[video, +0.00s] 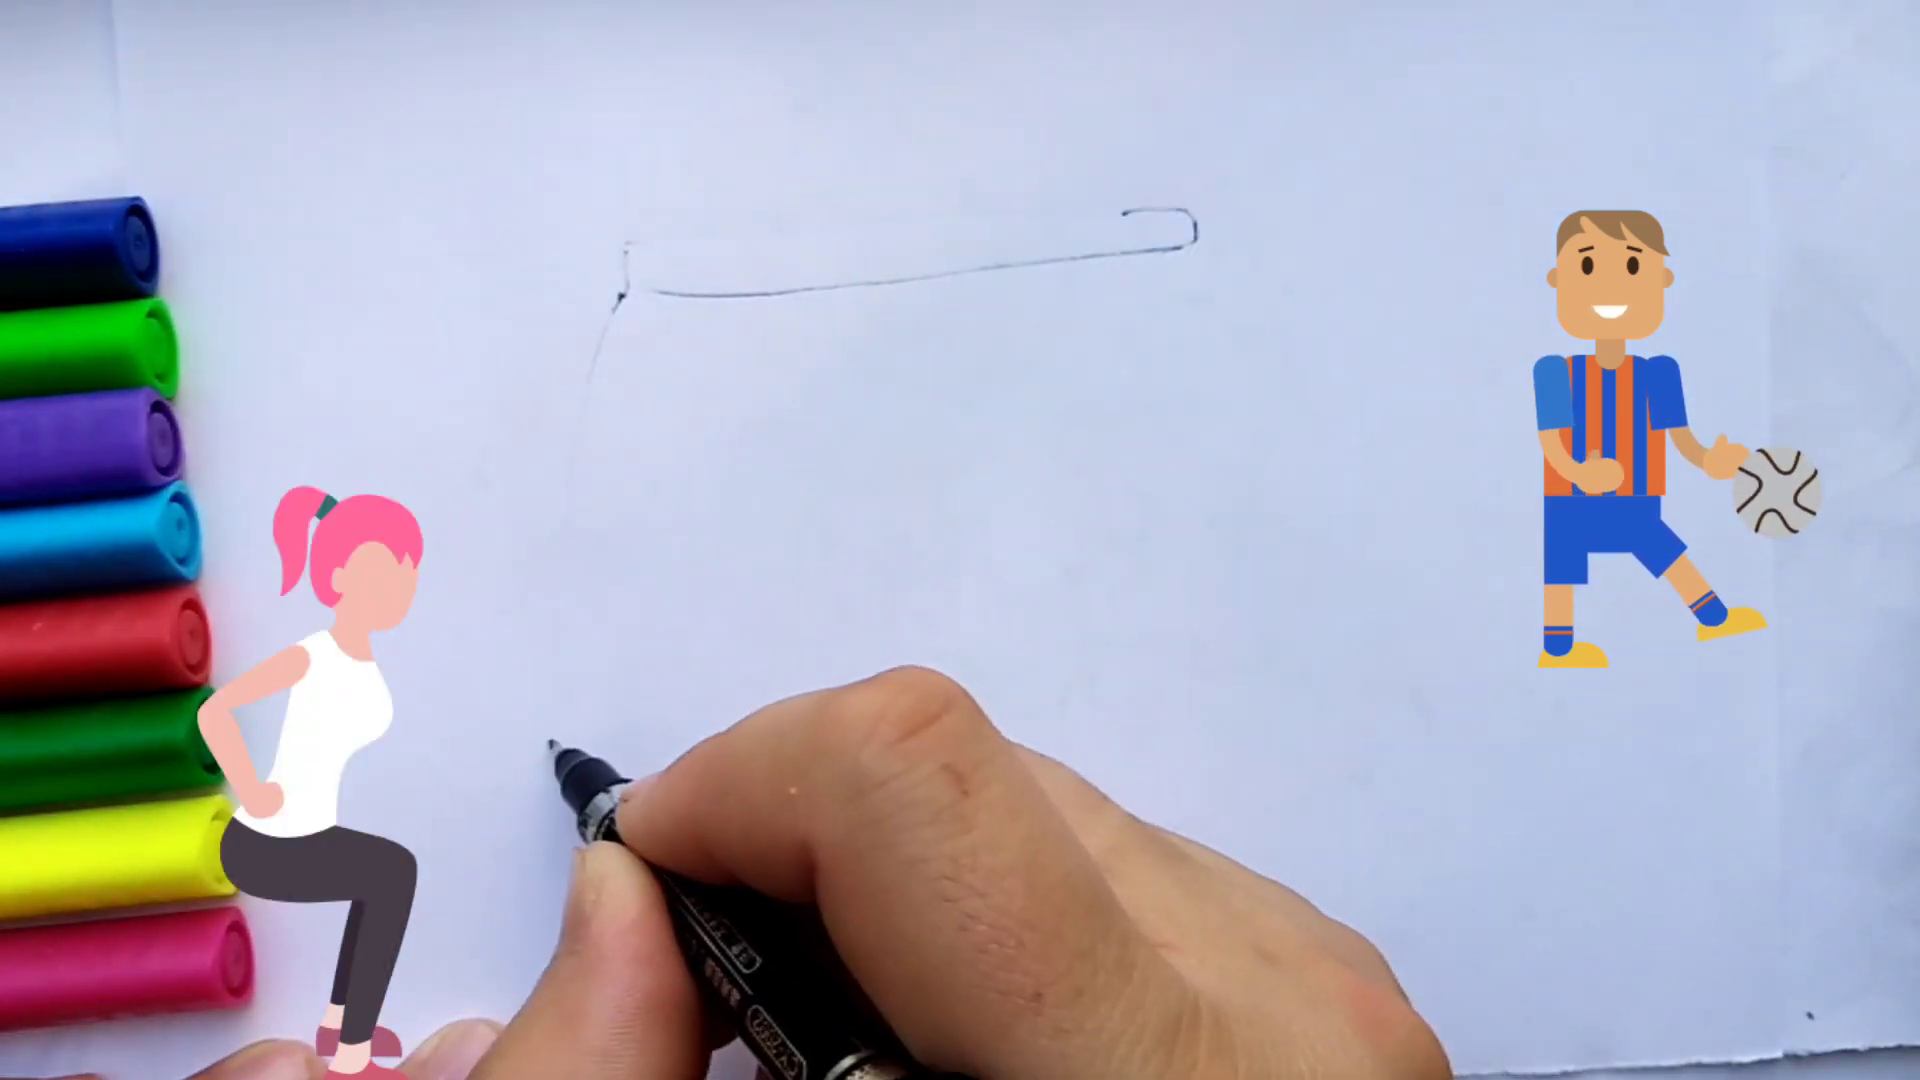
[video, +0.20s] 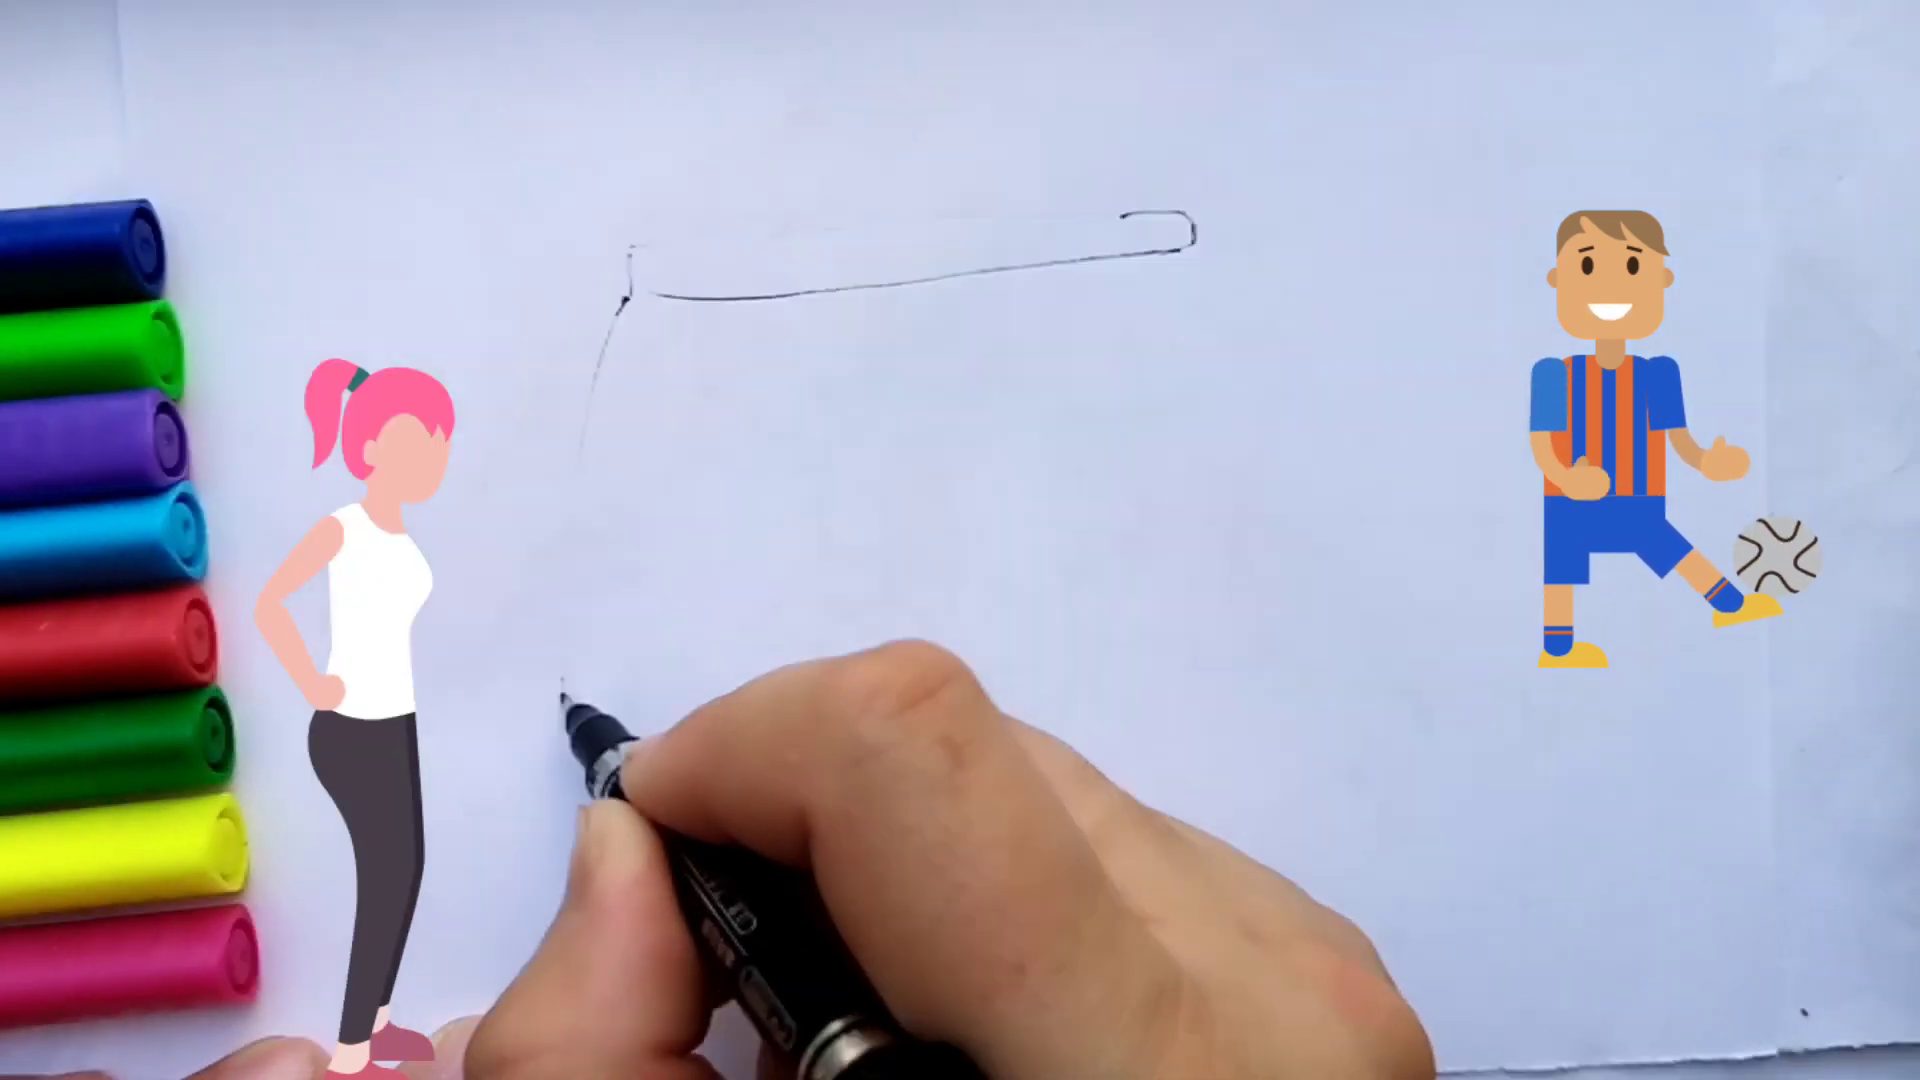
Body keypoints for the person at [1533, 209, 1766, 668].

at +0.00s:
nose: (1610, 287)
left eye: (1631, 267)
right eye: (1589, 266)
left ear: (1662, 283)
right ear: (1559, 283)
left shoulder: (1656, 374)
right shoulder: (1558, 373)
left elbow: (1684, 439)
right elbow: (1550, 442)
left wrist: (1711, 461)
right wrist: (1579, 474)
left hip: (1631, 507)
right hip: (1570, 508)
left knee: (1665, 552)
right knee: (1561, 569)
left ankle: (1713, 615)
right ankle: (1558, 646)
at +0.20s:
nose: (1610, 287)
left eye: (1631, 267)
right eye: (1590, 267)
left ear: (1661, 283)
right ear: (1561, 283)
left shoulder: (1658, 373)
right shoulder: (1554, 374)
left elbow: (1681, 438)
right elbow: (1542, 442)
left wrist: (1708, 462)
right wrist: (1566, 479)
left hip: (1634, 506)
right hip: (1570, 509)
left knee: (1676, 552)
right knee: (1561, 574)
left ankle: (1729, 602)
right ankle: (1557, 647)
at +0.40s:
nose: (1610, 287)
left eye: (1631, 267)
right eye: (1589, 267)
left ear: (1661, 283)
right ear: (1559, 284)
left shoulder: (1657, 373)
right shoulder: (1556, 374)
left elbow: (1681, 436)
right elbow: (1547, 441)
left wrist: (1709, 462)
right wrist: (1573, 476)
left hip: (1632, 506)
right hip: (1568, 507)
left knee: (1669, 552)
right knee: (1561, 571)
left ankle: (1719, 610)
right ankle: (1557, 646)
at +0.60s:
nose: (1611, 287)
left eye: (1631, 267)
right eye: (1589, 266)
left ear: (1662, 283)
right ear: (1558, 283)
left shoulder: (1656, 374)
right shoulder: (1558, 373)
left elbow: (1683, 437)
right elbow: (1552, 442)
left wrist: (1709, 460)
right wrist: (1581, 473)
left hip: (1631, 507)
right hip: (1570, 508)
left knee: (1665, 553)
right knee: (1561, 570)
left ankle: (1710, 618)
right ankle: (1558, 647)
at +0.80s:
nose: (1610, 287)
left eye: (1631, 267)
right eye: (1590, 267)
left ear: (1661, 283)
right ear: (1560, 283)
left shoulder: (1657, 373)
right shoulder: (1556, 374)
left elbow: (1681, 437)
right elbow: (1544, 442)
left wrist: (1708, 462)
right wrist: (1569, 479)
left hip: (1633, 505)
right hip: (1570, 508)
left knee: (1672, 550)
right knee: (1560, 572)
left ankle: (1725, 604)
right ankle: (1557, 646)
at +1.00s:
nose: (1610, 287)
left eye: (1631, 267)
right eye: (1589, 266)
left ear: (1662, 283)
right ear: (1559, 283)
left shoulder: (1657, 374)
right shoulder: (1556, 373)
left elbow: (1682, 437)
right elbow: (1547, 441)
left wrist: (1710, 462)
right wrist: (1573, 476)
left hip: (1632, 505)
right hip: (1569, 507)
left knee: (1667, 551)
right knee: (1560, 569)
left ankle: (1719, 610)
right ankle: (1557, 646)